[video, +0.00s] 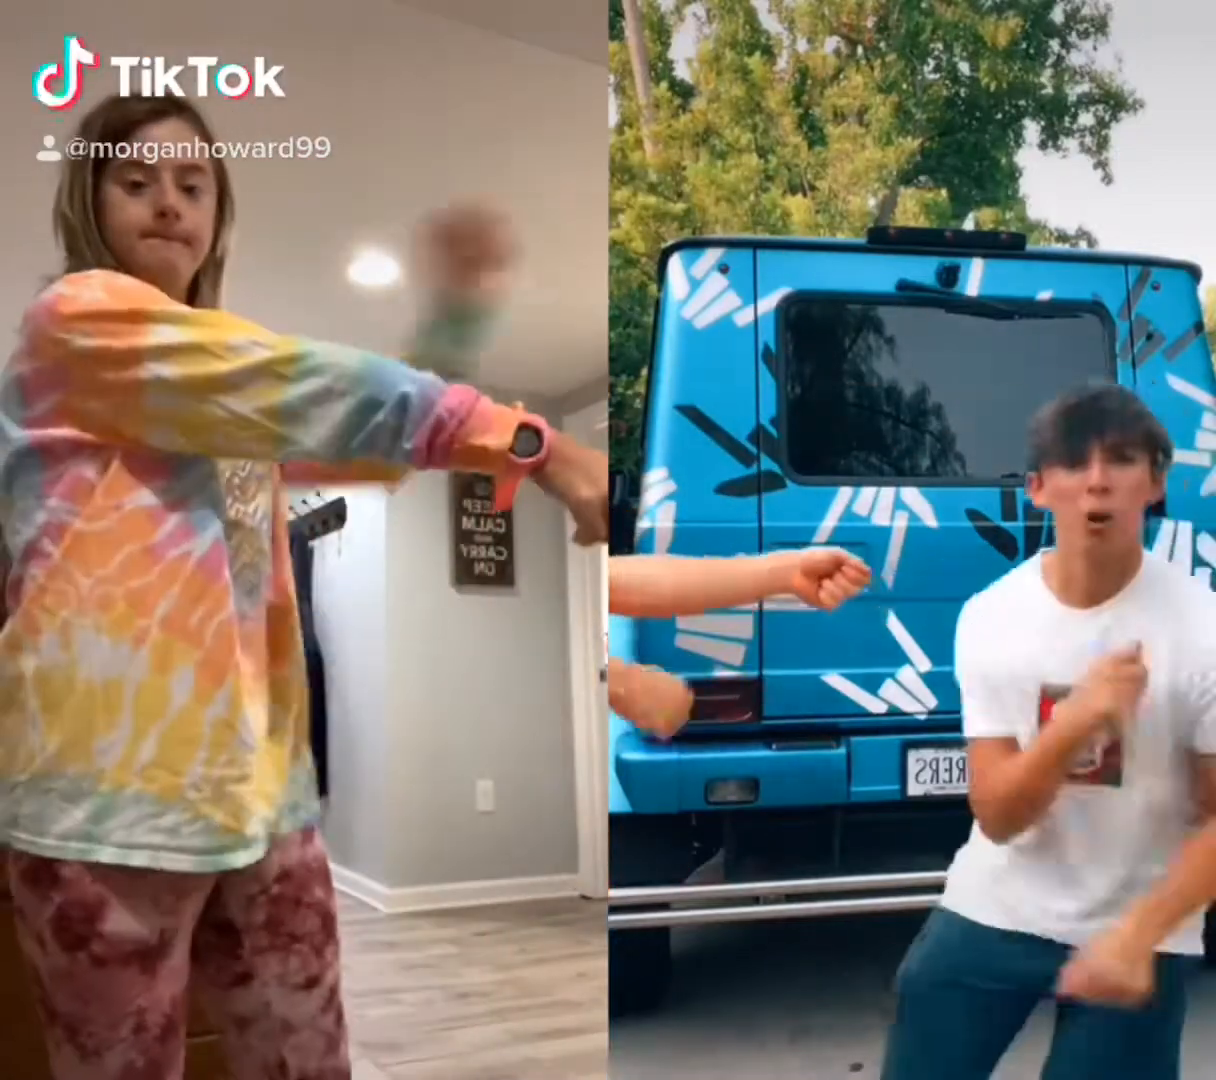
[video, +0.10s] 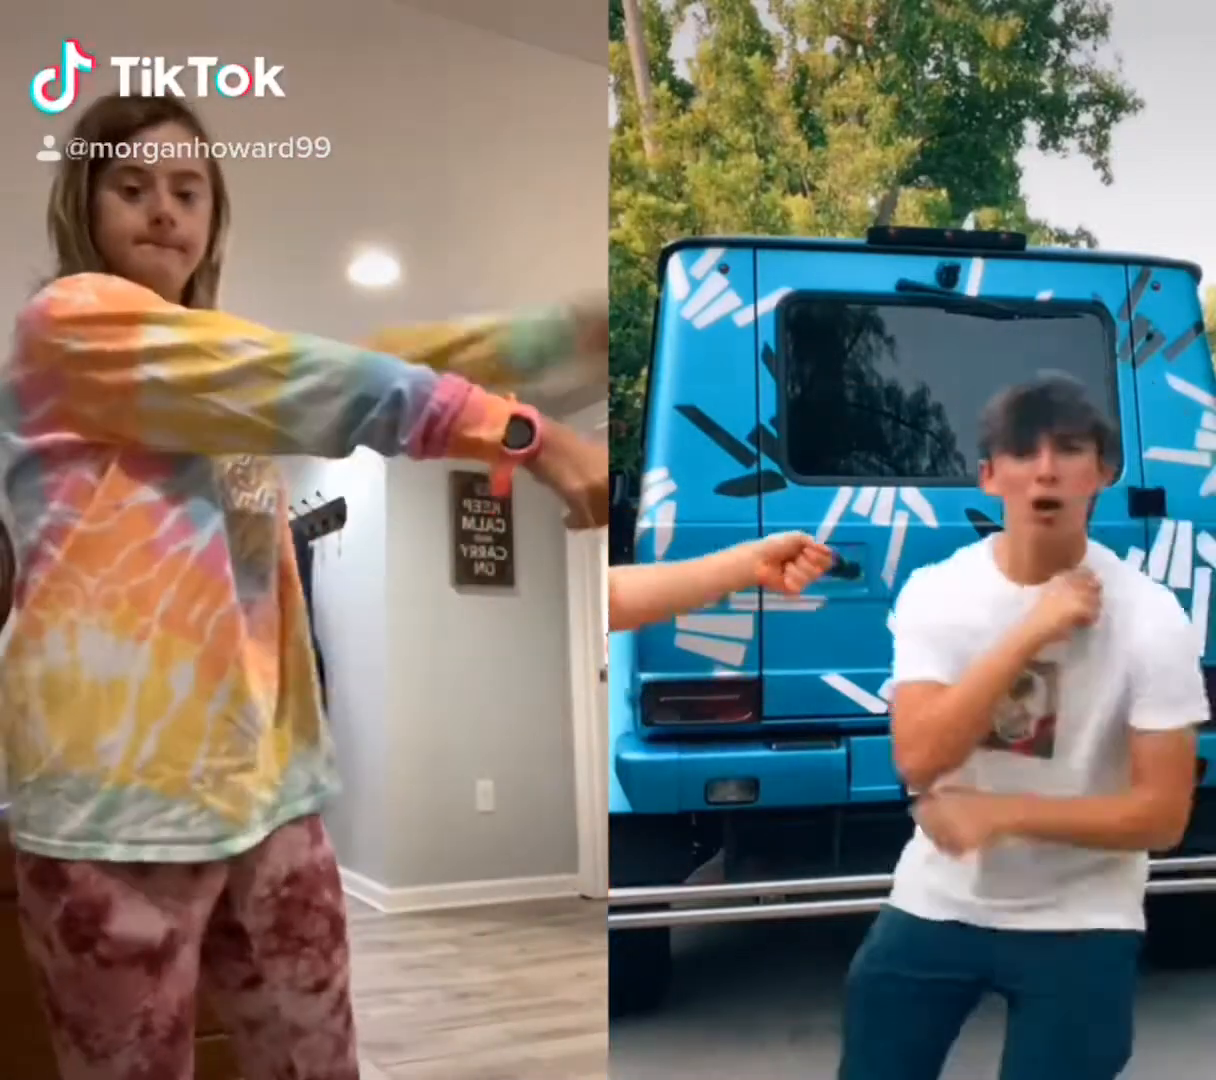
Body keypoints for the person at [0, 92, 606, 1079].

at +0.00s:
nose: (170, 205)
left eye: (195, 184)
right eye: (138, 180)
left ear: (220, 213)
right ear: (90, 203)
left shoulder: (215, 358)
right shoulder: (77, 319)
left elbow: (372, 445)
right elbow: (295, 386)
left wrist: (456, 313)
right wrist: (534, 445)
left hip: (257, 802)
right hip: (102, 812)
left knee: (302, 1069)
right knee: (120, 1072)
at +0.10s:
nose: (164, 213)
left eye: (189, 191)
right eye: (133, 189)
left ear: (213, 218)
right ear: (84, 207)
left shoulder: (206, 347)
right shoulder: (69, 322)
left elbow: (354, 369)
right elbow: (304, 384)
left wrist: (563, 333)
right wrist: (528, 436)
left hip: (266, 797)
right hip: (107, 814)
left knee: (309, 1067)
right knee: (128, 1071)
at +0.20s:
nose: (160, 210)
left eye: (184, 188)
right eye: (128, 185)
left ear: (209, 215)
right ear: (78, 205)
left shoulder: (211, 355)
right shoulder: (60, 324)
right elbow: (293, 379)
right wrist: (524, 432)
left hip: (277, 803)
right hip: (113, 822)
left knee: (321, 1067)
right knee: (133, 1072)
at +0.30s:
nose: (162, 214)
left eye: (187, 190)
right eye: (130, 187)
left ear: (212, 218)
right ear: (79, 205)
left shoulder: (220, 361)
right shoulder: (59, 322)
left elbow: (358, 436)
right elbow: (286, 379)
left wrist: (530, 465)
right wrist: (527, 439)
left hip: (284, 809)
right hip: (116, 820)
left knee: (329, 1067)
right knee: (137, 1072)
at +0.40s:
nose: (165, 214)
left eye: (192, 194)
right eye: (135, 190)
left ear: (220, 225)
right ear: (87, 212)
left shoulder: (231, 382)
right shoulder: (52, 327)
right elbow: (253, 417)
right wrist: (501, 494)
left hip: (283, 815)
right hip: (116, 825)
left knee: (340, 1064)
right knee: (135, 1071)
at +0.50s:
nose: (170, 216)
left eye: (197, 196)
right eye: (141, 191)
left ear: (226, 228)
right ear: (94, 214)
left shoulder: (264, 397)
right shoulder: (51, 340)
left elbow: (398, 511)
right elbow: (194, 488)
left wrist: (537, 619)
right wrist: (405, 595)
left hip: (293, 820)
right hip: (116, 832)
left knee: (360, 1065)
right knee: (137, 1070)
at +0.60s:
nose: (183, 212)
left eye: (209, 191)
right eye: (153, 187)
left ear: (239, 224)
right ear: (102, 208)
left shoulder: (285, 391)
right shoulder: (48, 360)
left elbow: (386, 555)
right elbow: (106, 553)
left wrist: (498, 718)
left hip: (313, 813)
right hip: (129, 835)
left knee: (386, 1062)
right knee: (146, 1072)